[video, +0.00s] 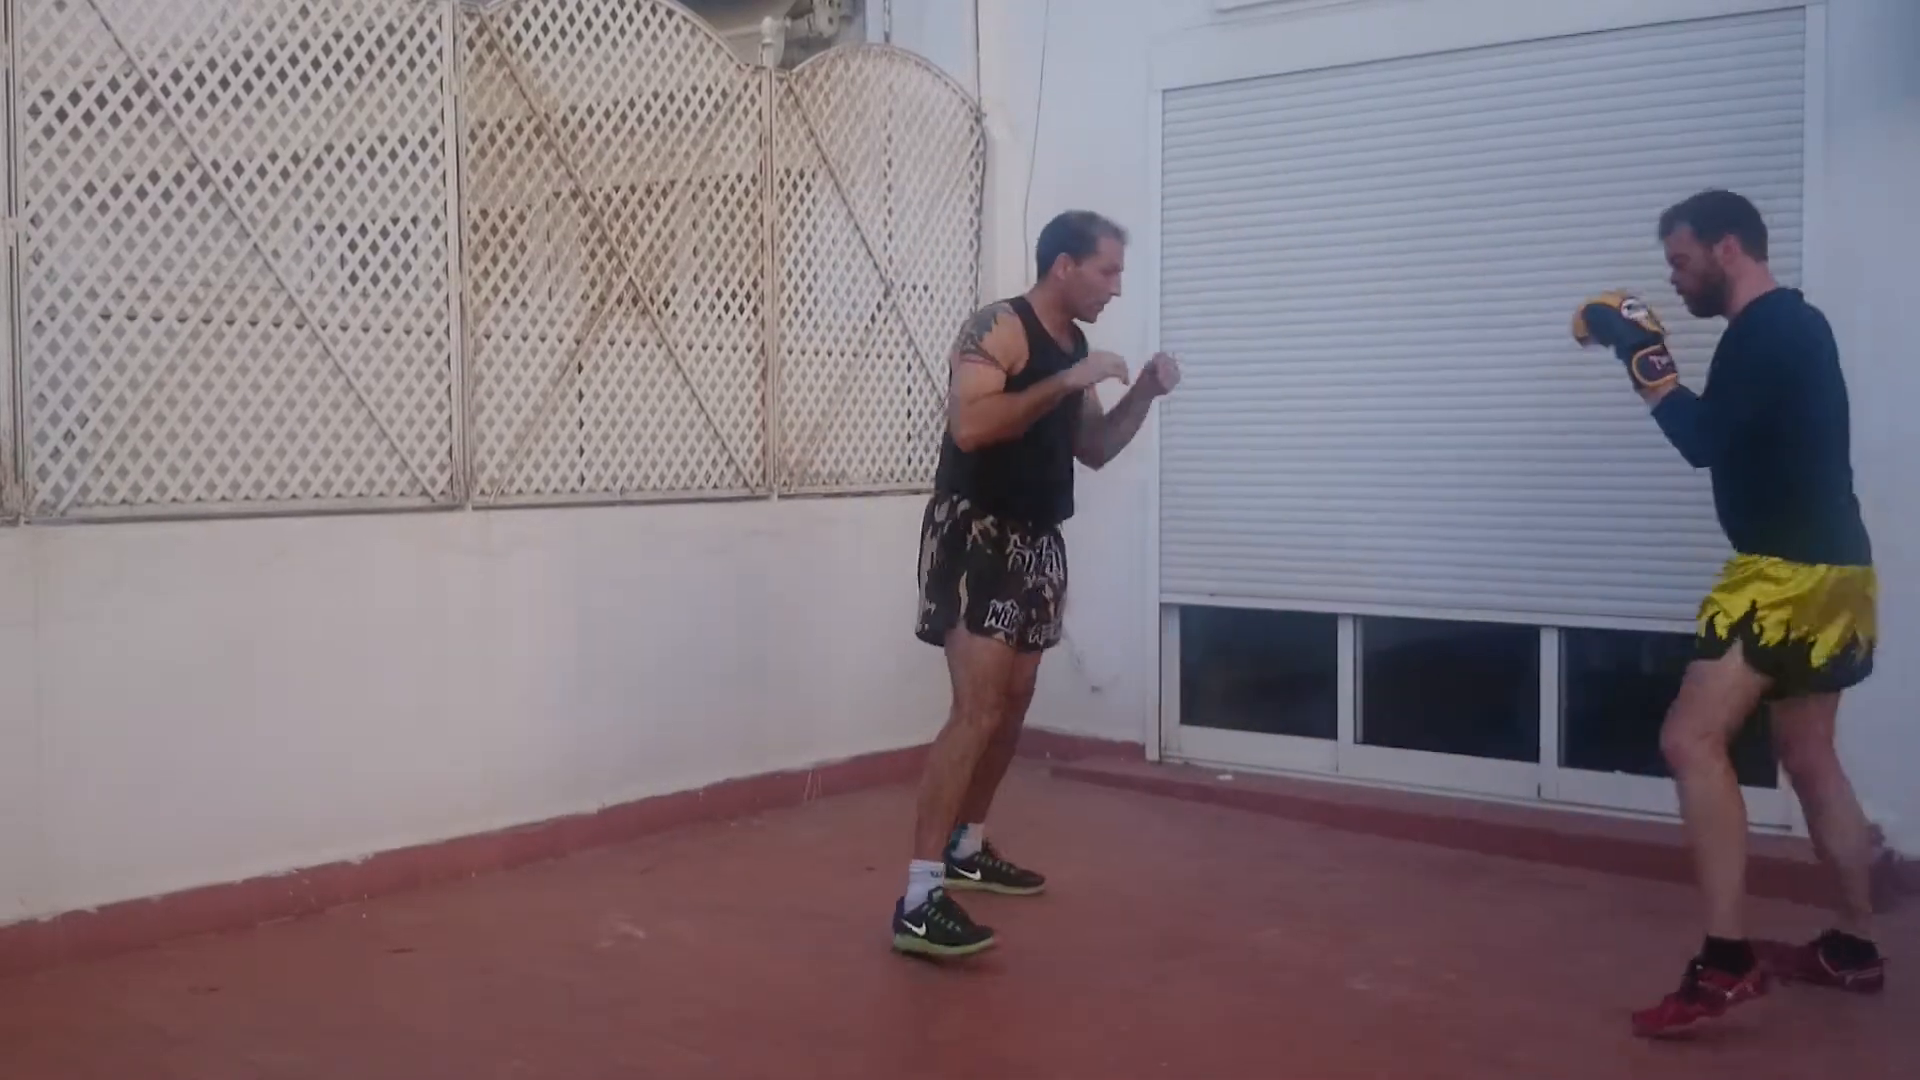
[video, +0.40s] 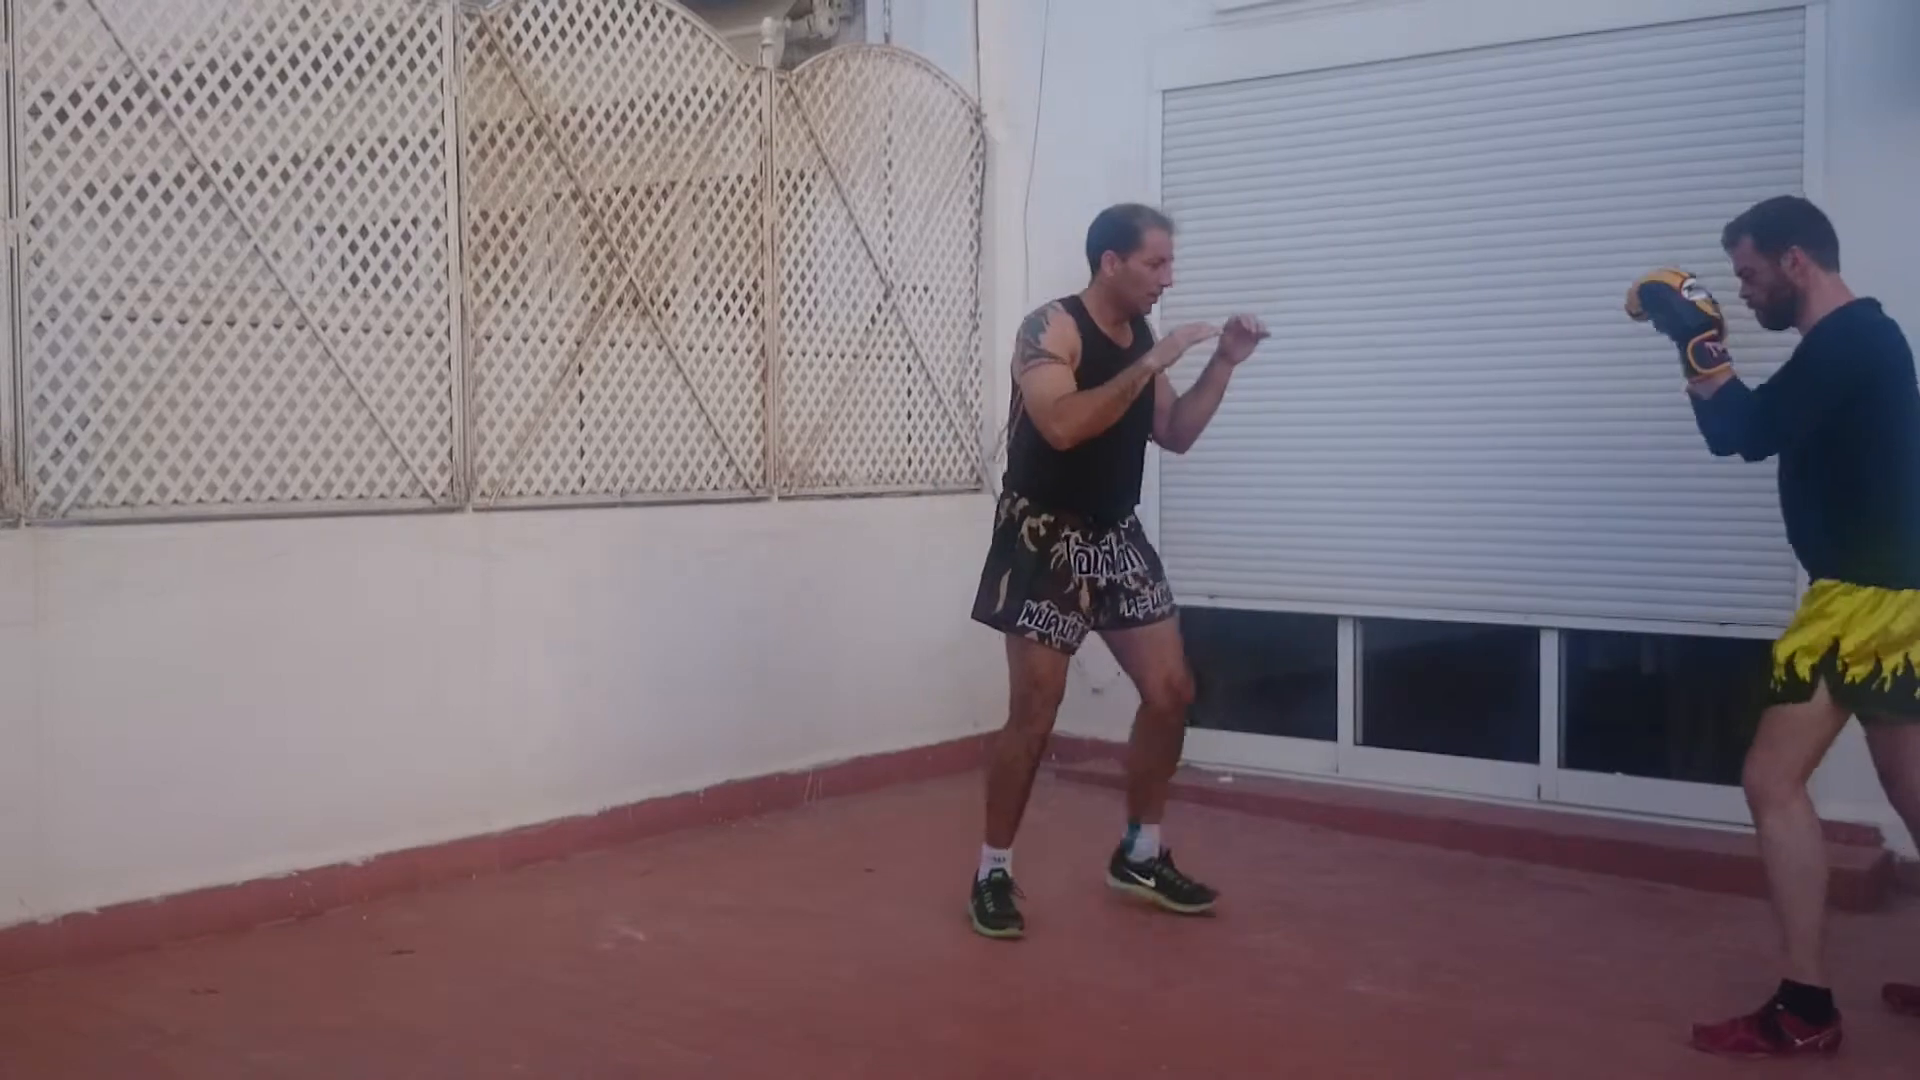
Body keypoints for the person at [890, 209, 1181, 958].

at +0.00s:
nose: (1116, 288)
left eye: (1119, 275)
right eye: (1108, 273)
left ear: (1078, 272)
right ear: (1062, 267)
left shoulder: (1071, 348)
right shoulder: (997, 326)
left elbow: (1093, 448)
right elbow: (971, 425)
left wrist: (1145, 396)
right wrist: (1070, 380)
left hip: (1035, 541)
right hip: (976, 536)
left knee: (1008, 710)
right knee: (978, 711)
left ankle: (962, 847)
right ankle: (918, 898)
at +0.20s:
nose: (1125, 274)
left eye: (1128, 261)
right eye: (1114, 260)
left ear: (1097, 267)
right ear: (1069, 260)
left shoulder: (1110, 342)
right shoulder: (1013, 320)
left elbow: (1166, 420)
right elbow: (1010, 401)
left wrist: (1196, 348)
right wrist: (1096, 340)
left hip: (1067, 539)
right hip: (1000, 533)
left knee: (1049, 708)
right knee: (1007, 708)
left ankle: (971, 837)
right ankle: (989, 870)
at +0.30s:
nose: (1140, 275)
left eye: (1143, 262)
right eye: (1131, 261)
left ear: (1107, 265)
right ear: (1085, 261)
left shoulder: (1119, 339)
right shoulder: (1023, 326)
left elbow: (1164, 427)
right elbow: (1036, 415)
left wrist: (1206, 356)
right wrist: (1121, 351)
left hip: (1091, 539)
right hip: (1018, 539)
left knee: (1124, 705)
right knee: (1018, 715)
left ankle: (1027, 816)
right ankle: (988, 870)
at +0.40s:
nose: (1165, 279)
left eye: (1169, 266)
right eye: (1155, 264)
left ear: (1134, 268)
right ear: (1109, 262)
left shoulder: (1139, 344)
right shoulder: (1049, 328)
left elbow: (1176, 432)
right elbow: (1063, 425)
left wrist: (1225, 365)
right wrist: (1152, 363)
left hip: (1117, 538)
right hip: (1043, 539)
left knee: (1170, 694)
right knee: (1033, 711)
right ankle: (993, 871)